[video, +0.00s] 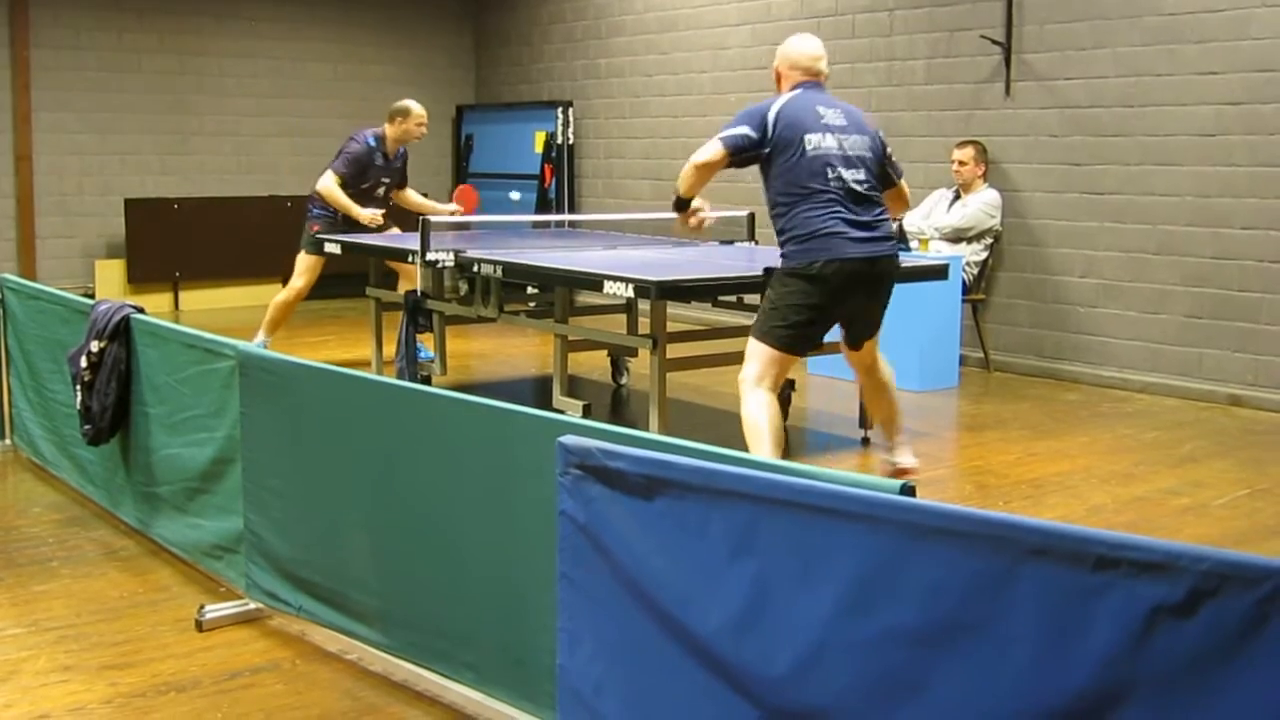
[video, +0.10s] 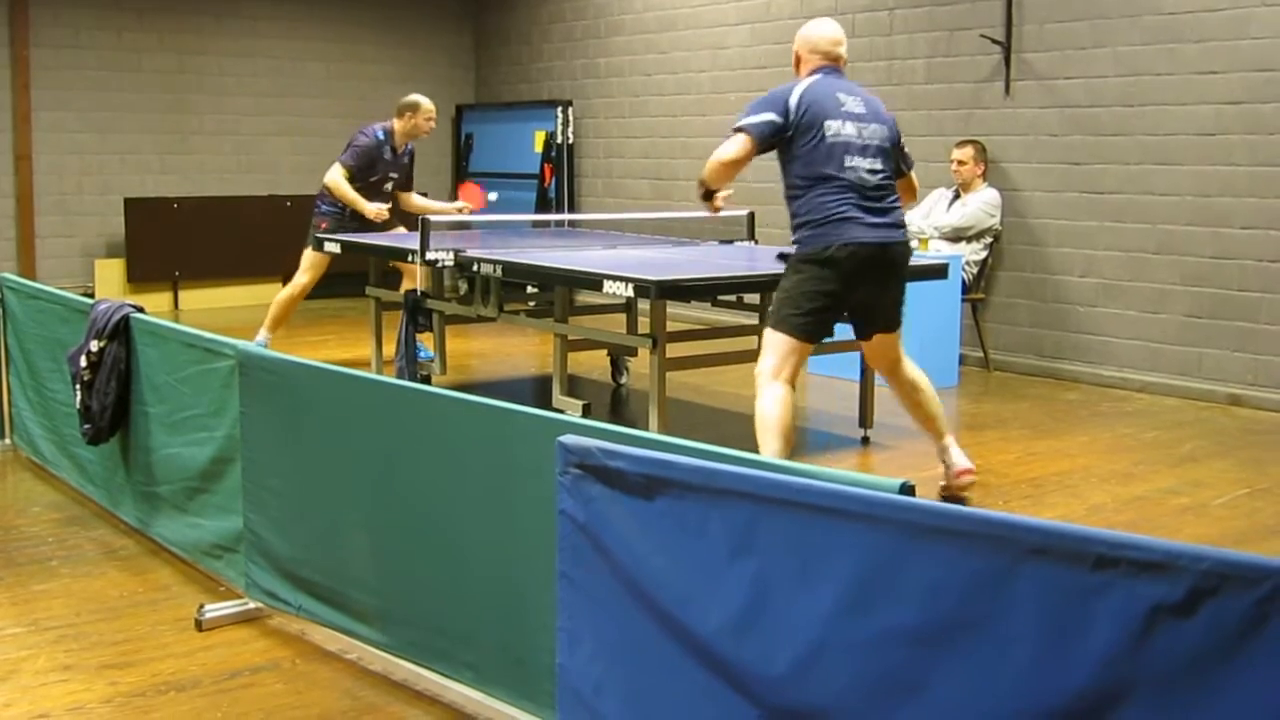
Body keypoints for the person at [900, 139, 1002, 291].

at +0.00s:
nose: (955, 169)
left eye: (962, 164)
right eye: (953, 163)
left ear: (980, 169)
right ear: (950, 164)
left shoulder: (990, 199)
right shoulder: (941, 194)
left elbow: (956, 228)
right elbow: (907, 223)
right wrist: (941, 234)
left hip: (954, 274)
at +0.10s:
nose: (954, 168)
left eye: (961, 163)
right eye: (952, 162)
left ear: (980, 168)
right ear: (949, 164)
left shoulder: (990, 198)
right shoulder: (940, 194)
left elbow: (957, 227)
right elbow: (908, 220)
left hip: (954, 273)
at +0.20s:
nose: (954, 168)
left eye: (961, 163)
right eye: (952, 162)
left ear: (979, 168)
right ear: (949, 163)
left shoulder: (990, 197)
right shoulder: (939, 194)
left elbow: (956, 226)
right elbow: (915, 218)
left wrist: (926, 222)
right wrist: (943, 231)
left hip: (955, 272)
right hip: (922, 263)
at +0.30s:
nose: (954, 167)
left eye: (961, 162)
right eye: (952, 161)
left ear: (980, 167)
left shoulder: (990, 197)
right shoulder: (946, 194)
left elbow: (955, 225)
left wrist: (919, 225)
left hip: (956, 273)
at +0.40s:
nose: (954, 167)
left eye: (962, 162)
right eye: (953, 161)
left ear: (980, 166)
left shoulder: (990, 196)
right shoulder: (952, 193)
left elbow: (953, 225)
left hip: (958, 271)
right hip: (932, 264)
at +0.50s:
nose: (957, 166)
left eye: (964, 161)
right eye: (954, 160)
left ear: (981, 166)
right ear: (950, 161)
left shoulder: (989, 196)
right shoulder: (958, 192)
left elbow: (948, 224)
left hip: (958, 272)